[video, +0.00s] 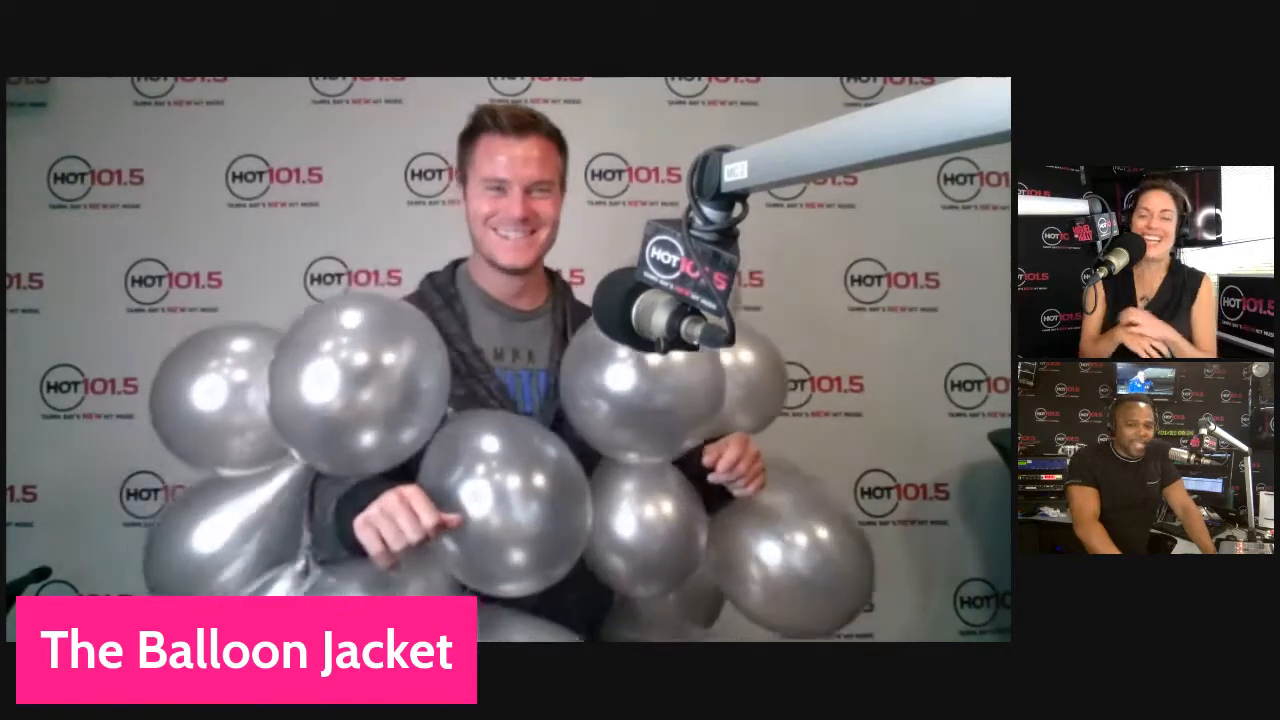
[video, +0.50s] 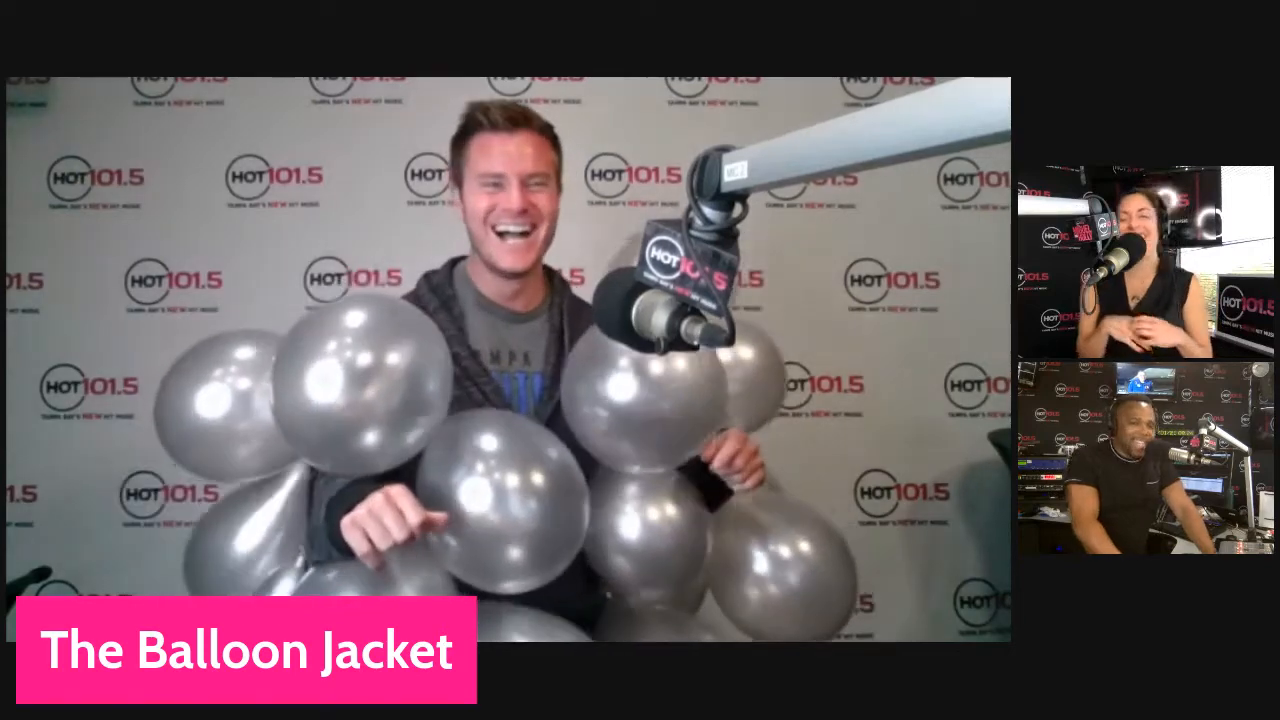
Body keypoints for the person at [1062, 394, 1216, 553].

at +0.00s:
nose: (1142, 433)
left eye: (1148, 426)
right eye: (1132, 425)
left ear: (1154, 429)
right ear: (1113, 428)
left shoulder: (1157, 458)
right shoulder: (1087, 461)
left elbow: (1186, 508)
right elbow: (1086, 525)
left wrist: (1210, 552)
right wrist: (1120, 560)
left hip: (1141, 554)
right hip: (1097, 556)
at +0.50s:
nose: (1144, 432)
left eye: (1150, 425)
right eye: (1134, 423)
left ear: (1155, 430)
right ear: (1113, 428)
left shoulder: (1156, 457)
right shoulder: (1087, 459)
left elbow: (1184, 509)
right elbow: (1085, 525)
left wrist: (1210, 552)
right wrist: (1120, 561)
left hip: (1140, 555)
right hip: (1095, 557)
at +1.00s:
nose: (1141, 428)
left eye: (1146, 421)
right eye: (1130, 420)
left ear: (1152, 427)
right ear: (1110, 427)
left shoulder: (1156, 458)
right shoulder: (1085, 461)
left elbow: (1187, 508)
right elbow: (1084, 525)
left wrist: (1211, 553)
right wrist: (1120, 564)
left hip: (1140, 557)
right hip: (1094, 559)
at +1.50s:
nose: (1142, 434)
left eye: (1148, 427)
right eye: (1132, 426)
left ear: (1154, 429)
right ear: (1111, 428)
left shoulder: (1156, 457)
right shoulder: (1086, 460)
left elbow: (1186, 507)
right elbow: (1085, 523)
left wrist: (1210, 552)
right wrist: (1118, 562)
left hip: (1142, 557)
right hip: (1097, 558)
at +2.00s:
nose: (1143, 429)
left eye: (1149, 422)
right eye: (1133, 422)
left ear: (1154, 426)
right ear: (1112, 426)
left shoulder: (1157, 457)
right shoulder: (1086, 460)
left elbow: (1186, 507)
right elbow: (1086, 524)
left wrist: (1210, 553)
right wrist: (1120, 564)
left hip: (1142, 558)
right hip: (1097, 561)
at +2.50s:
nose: (1144, 432)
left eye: (1150, 425)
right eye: (1134, 424)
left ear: (1156, 427)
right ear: (1114, 426)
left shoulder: (1156, 457)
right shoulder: (1087, 460)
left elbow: (1186, 507)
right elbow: (1086, 524)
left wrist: (1210, 551)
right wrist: (1119, 559)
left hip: (1142, 555)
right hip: (1098, 555)